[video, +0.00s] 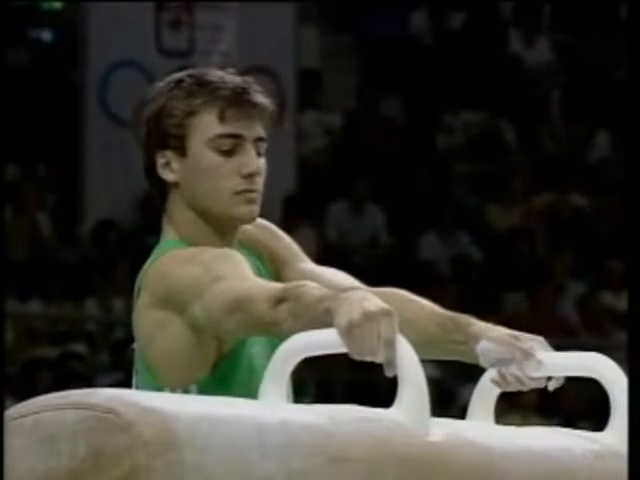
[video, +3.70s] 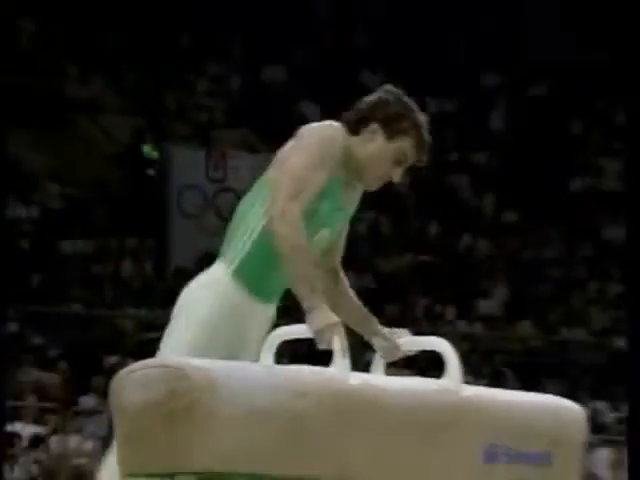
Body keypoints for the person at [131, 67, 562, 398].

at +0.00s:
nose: (254, 168)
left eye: (258, 149)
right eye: (227, 150)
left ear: (266, 154)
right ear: (169, 166)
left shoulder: (257, 241)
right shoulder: (183, 271)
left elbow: (359, 296)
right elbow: (271, 306)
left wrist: (479, 339)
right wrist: (343, 303)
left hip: (246, 467)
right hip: (186, 471)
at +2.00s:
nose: (250, 187)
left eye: (258, 166)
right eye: (227, 166)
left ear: (267, 164)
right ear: (167, 170)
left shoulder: (251, 238)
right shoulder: (177, 271)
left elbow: (355, 294)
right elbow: (270, 307)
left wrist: (480, 338)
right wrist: (341, 304)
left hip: (240, 466)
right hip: (181, 470)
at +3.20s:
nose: (228, 220)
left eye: (232, 195)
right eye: (201, 203)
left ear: (240, 186)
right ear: (141, 214)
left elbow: (387, 273)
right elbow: (258, 319)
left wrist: (471, 341)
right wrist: (352, 302)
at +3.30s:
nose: (217, 283)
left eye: (217, 262)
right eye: (189, 270)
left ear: (225, 255)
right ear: (130, 290)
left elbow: (344, 314)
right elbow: (263, 358)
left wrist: (462, 352)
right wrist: (350, 312)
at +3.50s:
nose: (285, 225)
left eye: (293, 211)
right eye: (274, 208)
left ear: (298, 208)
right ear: (226, 195)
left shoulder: (287, 251)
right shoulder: (189, 237)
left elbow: (346, 343)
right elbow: (235, 293)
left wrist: (411, 349)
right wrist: (323, 305)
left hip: (256, 430)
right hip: (181, 429)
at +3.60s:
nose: (363, 183)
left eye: (371, 171)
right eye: (360, 163)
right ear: (323, 137)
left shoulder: (332, 207)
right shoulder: (270, 155)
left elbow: (333, 298)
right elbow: (248, 242)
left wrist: (390, 337)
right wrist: (318, 305)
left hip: (251, 371)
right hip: (192, 363)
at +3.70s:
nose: (396, 176)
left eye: (404, 168)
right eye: (398, 161)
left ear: (377, 140)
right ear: (374, 133)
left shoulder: (349, 189)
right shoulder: (324, 139)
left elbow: (329, 277)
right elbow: (283, 218)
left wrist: (379, 335)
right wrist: (315, 305)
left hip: (253, 320)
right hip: (218, 306)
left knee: (218, 440)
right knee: (163, 424)